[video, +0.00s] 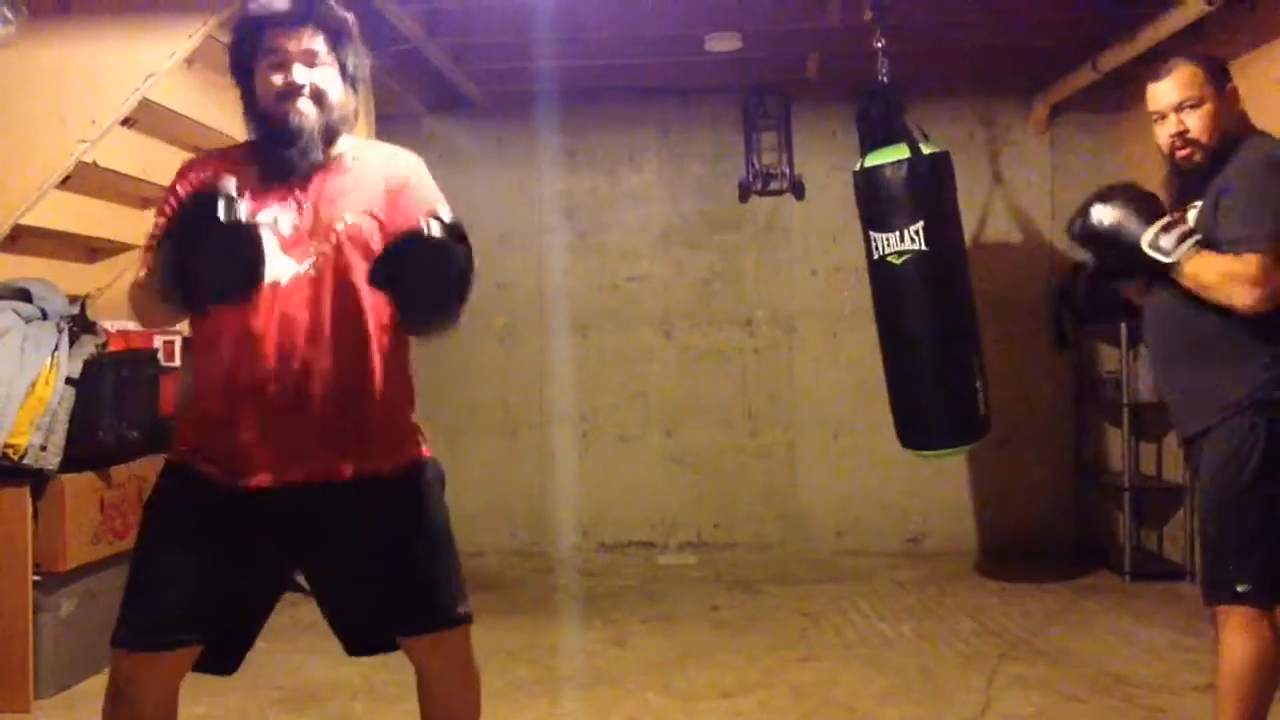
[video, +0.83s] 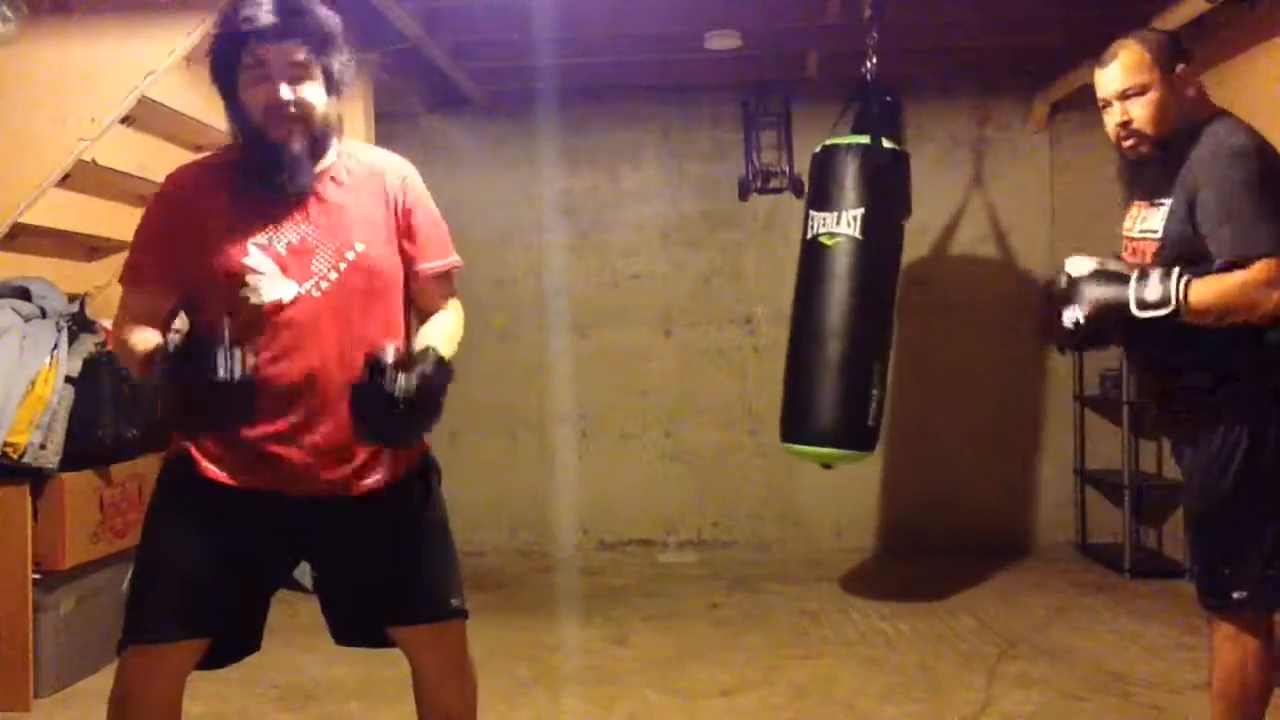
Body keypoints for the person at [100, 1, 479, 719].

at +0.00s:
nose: (295, 77)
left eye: (315, 61)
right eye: (276, 63)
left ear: (348, 78)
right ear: (248, 82)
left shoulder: (396, 171)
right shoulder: (204, 178)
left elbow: (428, 313)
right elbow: (150, 310)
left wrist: (435, 289)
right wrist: (186, 272)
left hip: (372, 469)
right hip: (221, 472)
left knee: (443, 645)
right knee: (143, 664)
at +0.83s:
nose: (282, 92)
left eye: (301, 72)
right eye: (259, 73)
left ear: (332, 83)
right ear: (230, 89)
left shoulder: (391, 181)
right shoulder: (189, 194)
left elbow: (441, 306)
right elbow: (136, 329)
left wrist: (425, 366)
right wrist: (173, 362)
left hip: (375, 475)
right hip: (223, 478)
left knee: (441, 642)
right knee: (152, 659)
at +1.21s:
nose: (268, 86)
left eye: (271, 67)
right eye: (241, 67)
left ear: (284, 78)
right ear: (187, 90)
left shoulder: (335, 173)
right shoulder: (134, 202)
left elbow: (397, 292)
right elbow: (102, 349)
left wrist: (377, 403)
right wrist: (164, 436)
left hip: (349, 467)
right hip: (203, 475)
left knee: (425, 635)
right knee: (138, 667)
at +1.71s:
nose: (267, 38)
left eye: (266, 21)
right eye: (243, 18)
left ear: (272, 40)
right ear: (187, 40)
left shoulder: (309, 148)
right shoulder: (130, 157)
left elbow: (341, 268)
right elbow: (74, 305)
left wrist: (341, 356)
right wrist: (151, 404)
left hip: (299, 434)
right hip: (185, 441)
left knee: (326, 583)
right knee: (170, 626)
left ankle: (308, 716)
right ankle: (140, 710)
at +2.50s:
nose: (479, 89)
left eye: (474, 73)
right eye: (464, 73)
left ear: (416, 83)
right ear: (413, 80)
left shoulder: (411, 157)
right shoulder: (409, 159)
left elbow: (544, 225)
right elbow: (538, 230)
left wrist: (663, 215)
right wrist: (667, 220)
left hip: (410, 434)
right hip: (460, 433)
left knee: (382, 590)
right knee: (532, 600)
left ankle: (318, 712)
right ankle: (552, 712)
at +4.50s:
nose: (640, 89)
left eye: (641, 71)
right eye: (630, 70)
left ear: (585, 71)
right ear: (581, 67)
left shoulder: (560, 129)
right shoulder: (556, 125)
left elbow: (713, 182)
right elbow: (707, 173)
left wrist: (840, 190)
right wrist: (841, 179)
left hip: (506, 394)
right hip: (521, 396)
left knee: (491, 561)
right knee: (578, 582)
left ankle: (405, 702)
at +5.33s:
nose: (537, 105)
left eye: (540, 87)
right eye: (527, 86)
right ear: (475, 83)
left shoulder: (513, 160)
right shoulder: (432, 152)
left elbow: (603, 220)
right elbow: (556, 206)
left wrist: (714, 196)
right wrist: (686, 177)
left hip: (518, 426)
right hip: (485, 432)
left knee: (497, 580)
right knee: (584, 583)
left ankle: (392, 706)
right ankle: (570, 716)